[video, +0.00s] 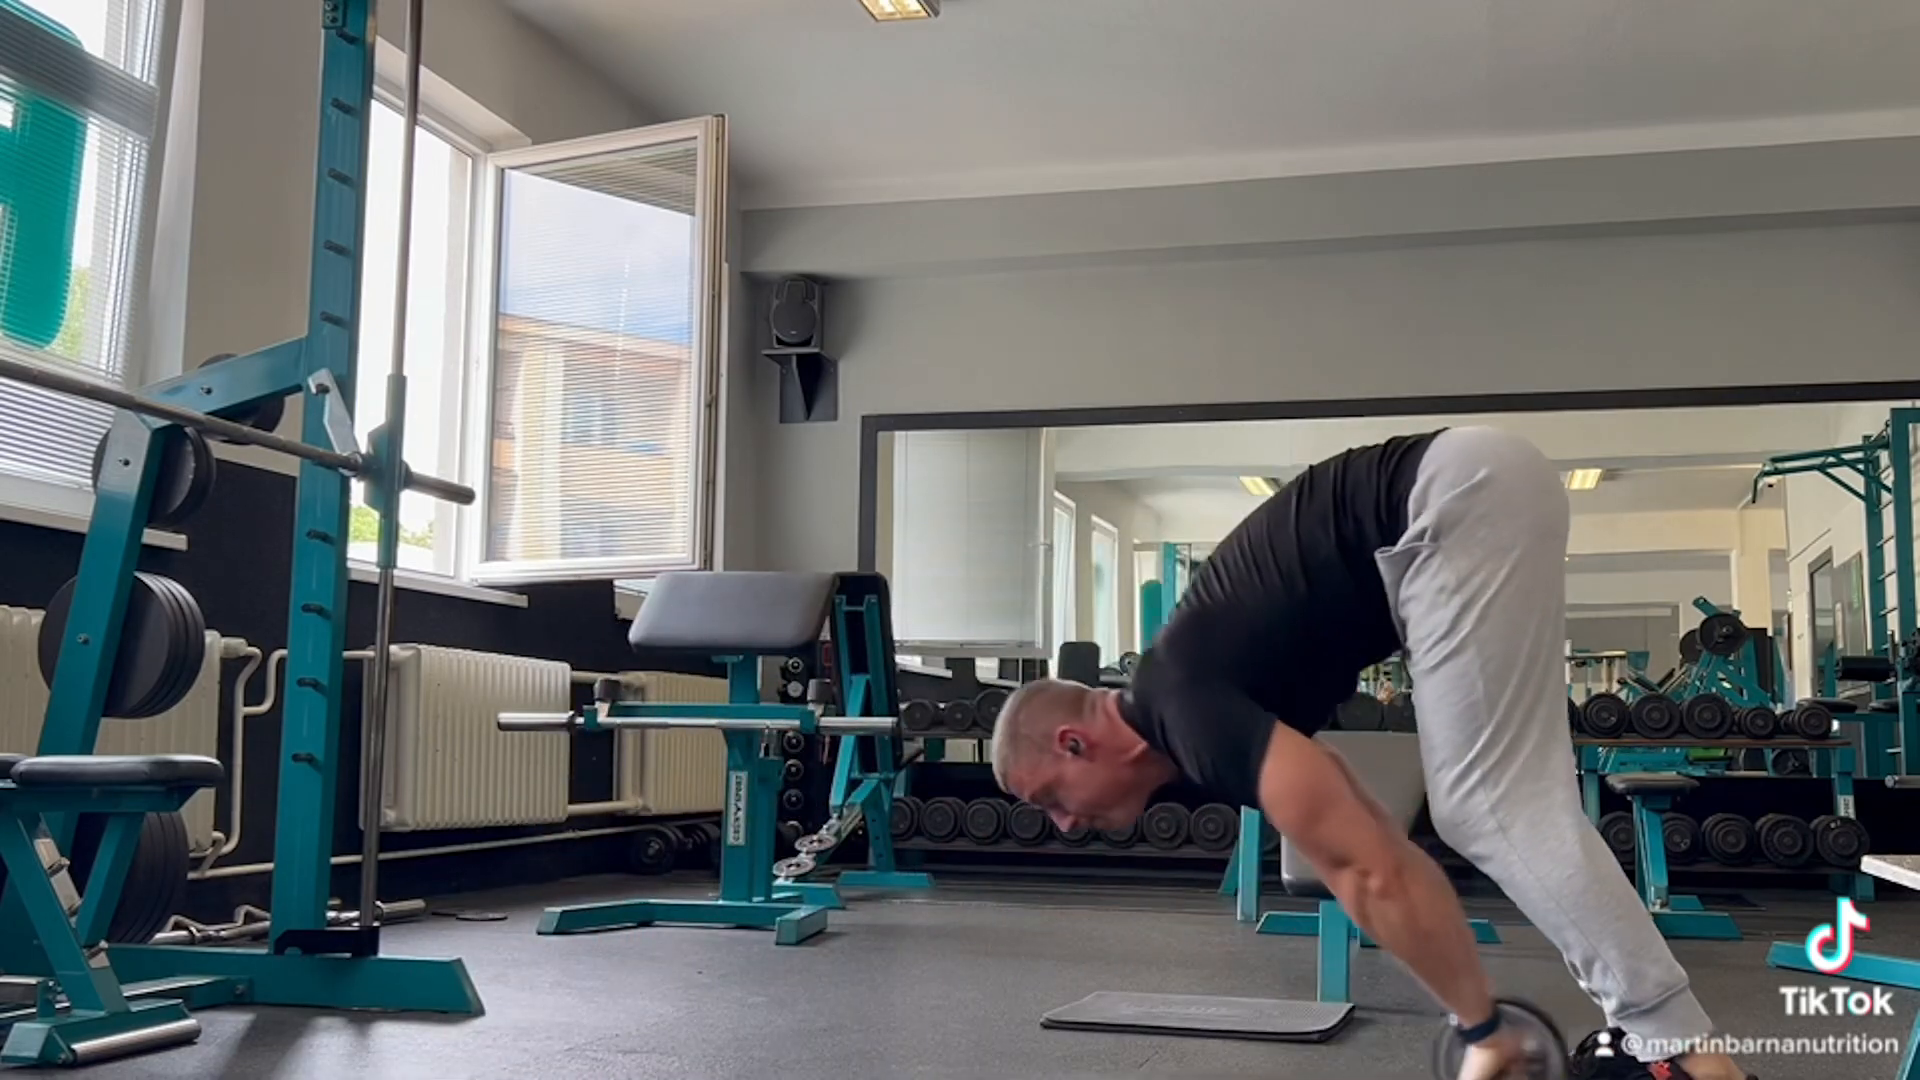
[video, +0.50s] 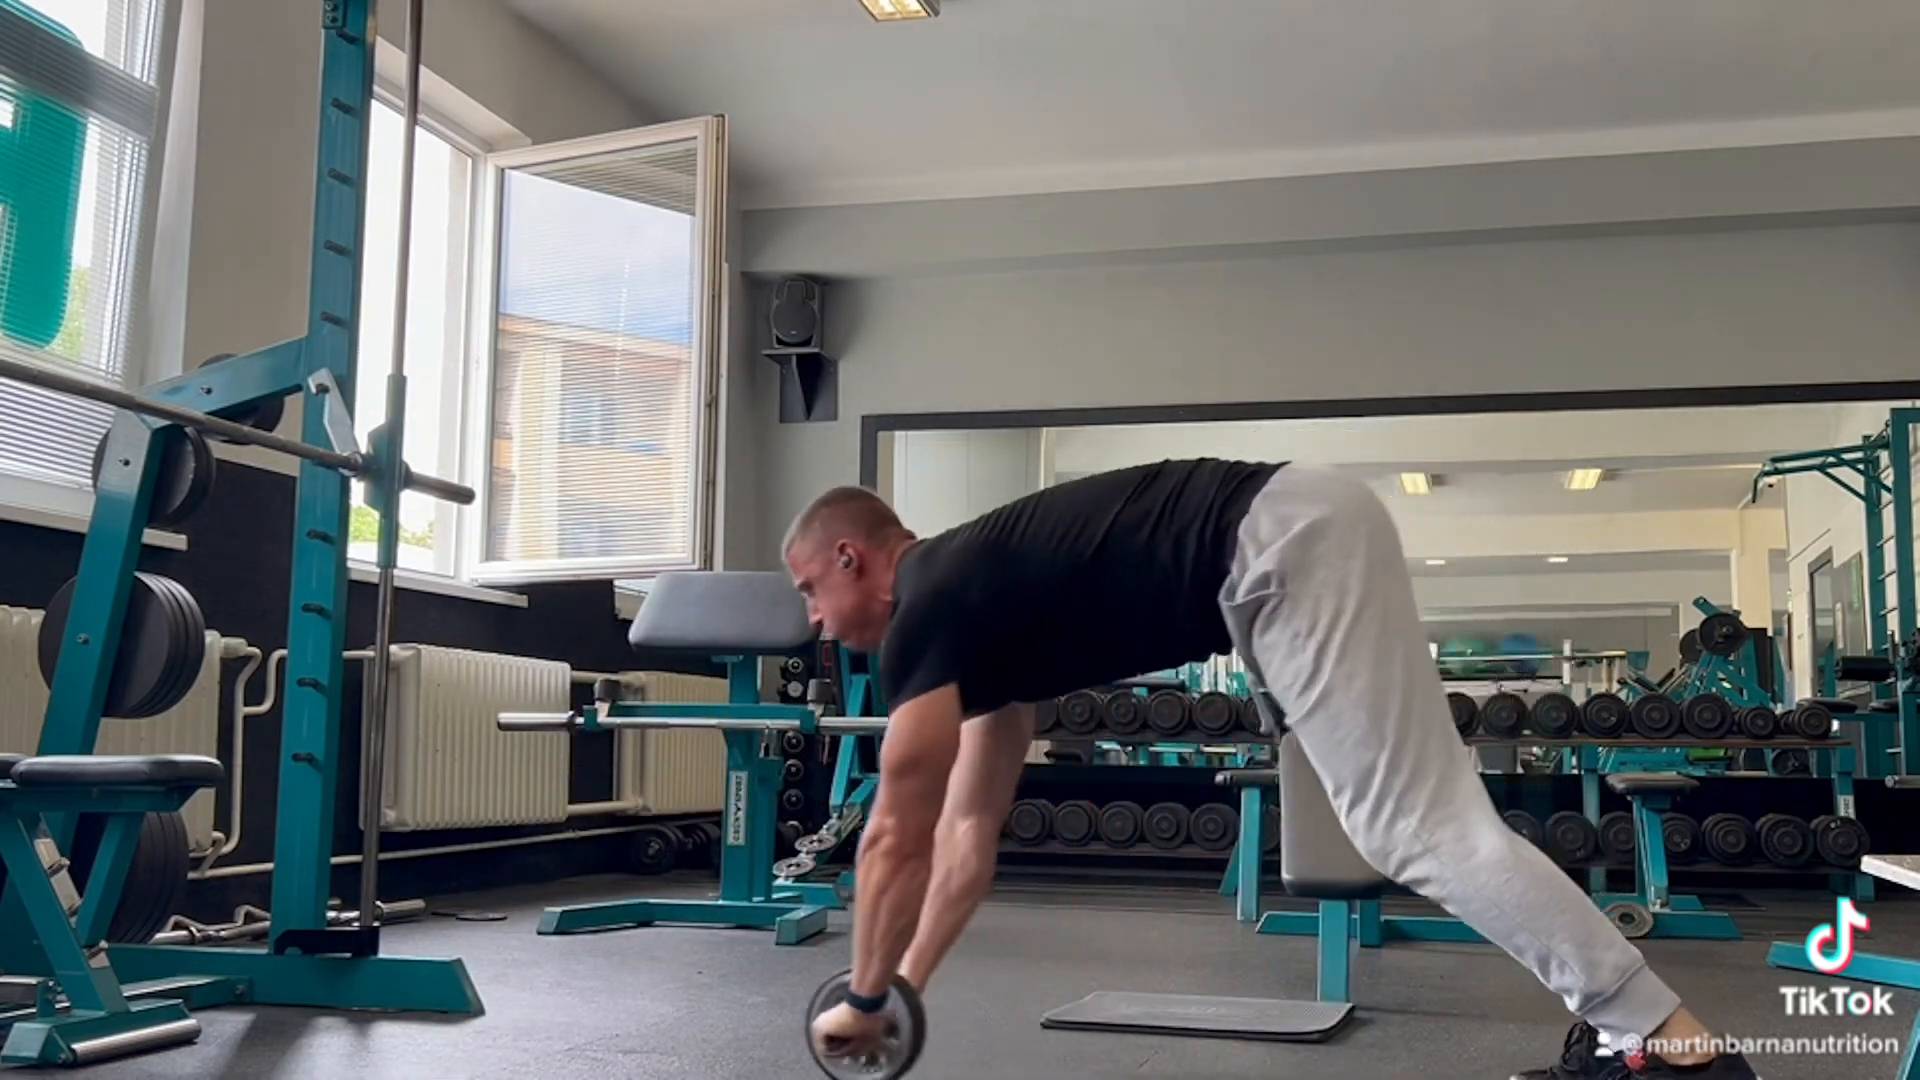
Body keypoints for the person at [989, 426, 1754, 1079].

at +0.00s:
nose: (1067, 824)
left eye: (1053, 797)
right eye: (1048, 812)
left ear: (1086, 733)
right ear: (1091, 729)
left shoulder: (1185, 697)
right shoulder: (1183, 696)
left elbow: (1372, 867)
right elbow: (1365, 857)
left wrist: (1483, 1023)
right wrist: (1477, 1016)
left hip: (1458, 489)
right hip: (1460, 486)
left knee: (1490, 800)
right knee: (1502, 793)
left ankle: (1675, 1040)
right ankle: (1655, 1024)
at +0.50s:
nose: (815, 622)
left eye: (812, 593)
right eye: (807, 601)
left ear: (860, 554)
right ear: (885, 554)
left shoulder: (937, 597)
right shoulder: (993, 611)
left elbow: (900, 824)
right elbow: (970, 837)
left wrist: (865, 989)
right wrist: (896, 989)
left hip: (1289, 538)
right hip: (1305, 523)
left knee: (1419, 833)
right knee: (1427, 822)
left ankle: (1665, 1033)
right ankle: (1621, 1012)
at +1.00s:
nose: (540, 790)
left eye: (529, 765)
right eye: (532, 776)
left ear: (556, 719)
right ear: (591, 710)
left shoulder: (622, 735)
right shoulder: (688, 731)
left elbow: (529, 943)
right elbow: (636, 924)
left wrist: (451, 1000)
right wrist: (515, 989)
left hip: (961, 841)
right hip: (999, 795)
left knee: (1200, 1025)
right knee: (1237, 957)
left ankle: (1511, 1006)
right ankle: (1525, 978)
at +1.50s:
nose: (455, 1012)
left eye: (453, 994)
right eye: (453, 1004)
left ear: (473, 955)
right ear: (500, 970)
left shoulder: (542, 938)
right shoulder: (606, 956)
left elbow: (348, 1044)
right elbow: (509, 1048)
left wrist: (277, 1011)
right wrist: (381, 1039)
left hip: (891, 998)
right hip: (912, 981)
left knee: (1177, 1046)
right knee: (1178, 1034)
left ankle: (1472, 990)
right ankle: (1460, 1007)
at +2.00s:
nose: (592, 774)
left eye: (574, 752)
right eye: (582, 769)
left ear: (577, 690)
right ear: (608, 689)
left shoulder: (655, 671)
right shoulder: (720, 684)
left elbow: (636, 873)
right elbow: (728, 886)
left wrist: (604, 987)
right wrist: (641, 992)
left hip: (969, 817)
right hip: (1004, 786)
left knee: (1185, 1029)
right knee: (1240, 962)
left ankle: (1509, 1009)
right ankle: (1512, 978)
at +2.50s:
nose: (910, 774)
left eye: (884, 760)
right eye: (887, 771)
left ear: (889, 692)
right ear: (895, 684)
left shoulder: (981, 637)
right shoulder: (1020, 653)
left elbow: (1095, 837)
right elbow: (1138, 834)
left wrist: (1147, 999)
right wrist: (1166, 996)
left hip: (1285, 512)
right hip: (1296, 510)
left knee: (1364, 795)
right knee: (1367, 790)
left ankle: (1592, 1016)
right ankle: (1581, 997)